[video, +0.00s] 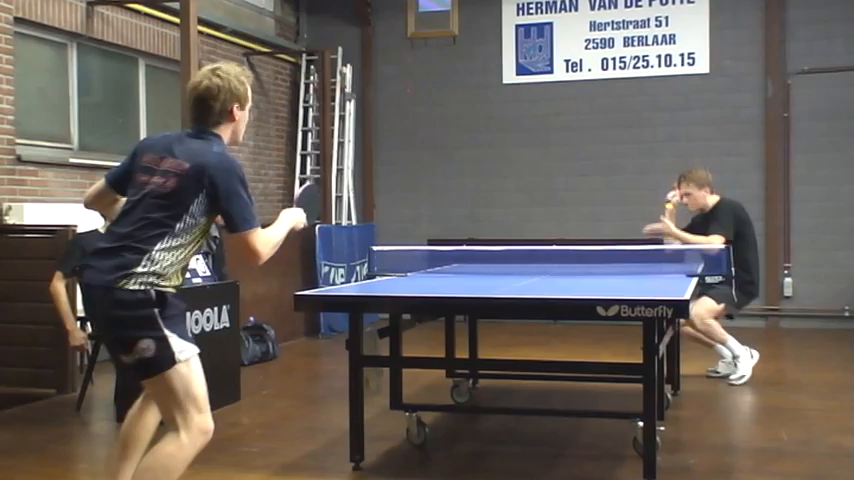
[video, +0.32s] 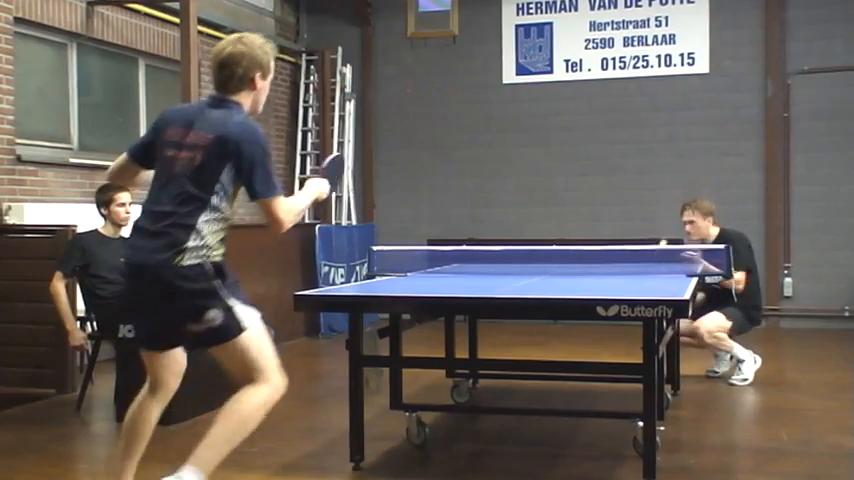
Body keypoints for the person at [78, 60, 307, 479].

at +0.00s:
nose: (248, 117)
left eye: (248, 108)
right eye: (247, 107)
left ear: (199, 105)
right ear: (236, 110)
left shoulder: (152, 145)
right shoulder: (220, 162)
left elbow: (96, 198)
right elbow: (259, 250)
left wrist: (142, 230)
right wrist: (287, 220)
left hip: (99, 284)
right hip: (141, 294)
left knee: (156, 395)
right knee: (196, 427)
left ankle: (120, 475)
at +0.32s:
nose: (268, 87)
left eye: (269, 78)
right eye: (269, 78)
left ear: (220, 75)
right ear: (257, 81)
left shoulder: (173, 118)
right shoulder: (245, 132)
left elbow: (118, 179)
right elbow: (281, 219)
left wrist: (162, 170)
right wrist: (313, 190)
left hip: (141, 266)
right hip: (192, 271)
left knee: (162, 379)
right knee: (268, 380)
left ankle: (120, 476)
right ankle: (190, 475)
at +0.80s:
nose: (427, 206)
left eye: (429, 196)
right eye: (426, 197)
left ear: (382, 189)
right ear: (407, 199)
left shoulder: (338, 200)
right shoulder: (361, 254)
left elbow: (295, 190)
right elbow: (334, 345)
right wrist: (382, 408)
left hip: (255, 334)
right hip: (306, 347)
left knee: (217, 421)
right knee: (424, 379)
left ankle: (182, 475)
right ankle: (442, 471)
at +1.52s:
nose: (447, 115)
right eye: (446, 109)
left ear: (396, 112)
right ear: (442, 117)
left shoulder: (357, 156)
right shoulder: (450, 167)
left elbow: (289, 208)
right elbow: (492, 249)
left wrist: (297, 216)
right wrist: (512, 224)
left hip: (339, 293)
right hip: (405, 297)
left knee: (283, 375)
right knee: (478, 380)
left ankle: (287, 474)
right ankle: (506, 476)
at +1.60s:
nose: (448, 127)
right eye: (447, 120)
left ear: (397, 121)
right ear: (442, 127)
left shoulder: (356, 165)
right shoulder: (442, 184)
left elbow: (286, 217)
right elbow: (473, 274)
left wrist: (327, 219)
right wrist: (523, 274)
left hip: (320, 312)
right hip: (384, 317)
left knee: (273, 394)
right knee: (473, 392)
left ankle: (236, 475)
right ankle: (483, 476)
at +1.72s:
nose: (446, 169)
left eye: (446, 160)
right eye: (448, 161)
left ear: (398, 155)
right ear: (440, 165)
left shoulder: (352, 192)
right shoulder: (405, 218)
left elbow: (295, 233)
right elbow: (410, 315)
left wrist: (342, 255)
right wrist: (490, 347)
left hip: (298, 337)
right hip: (353, 346)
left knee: (260, 420)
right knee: (469, 405)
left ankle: (213, 478)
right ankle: (480, 475)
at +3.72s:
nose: (397, 187)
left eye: (400, 172)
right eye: (399, 173)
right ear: (364, 175)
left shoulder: (267, 172)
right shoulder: (256, 236)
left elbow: (219, 133)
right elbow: (222, 407)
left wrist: (267, 126)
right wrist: (326, 474)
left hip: (121, 350)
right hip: (69, 362)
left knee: (211, 462)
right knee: (195, 474)